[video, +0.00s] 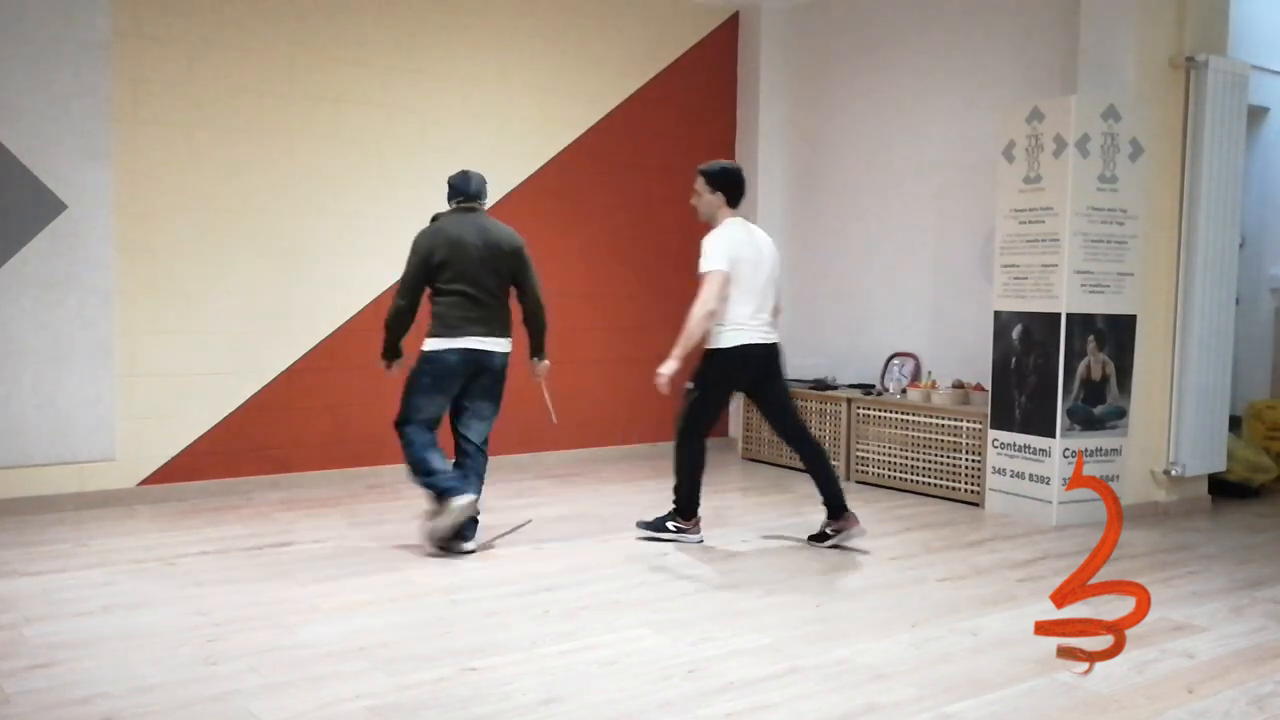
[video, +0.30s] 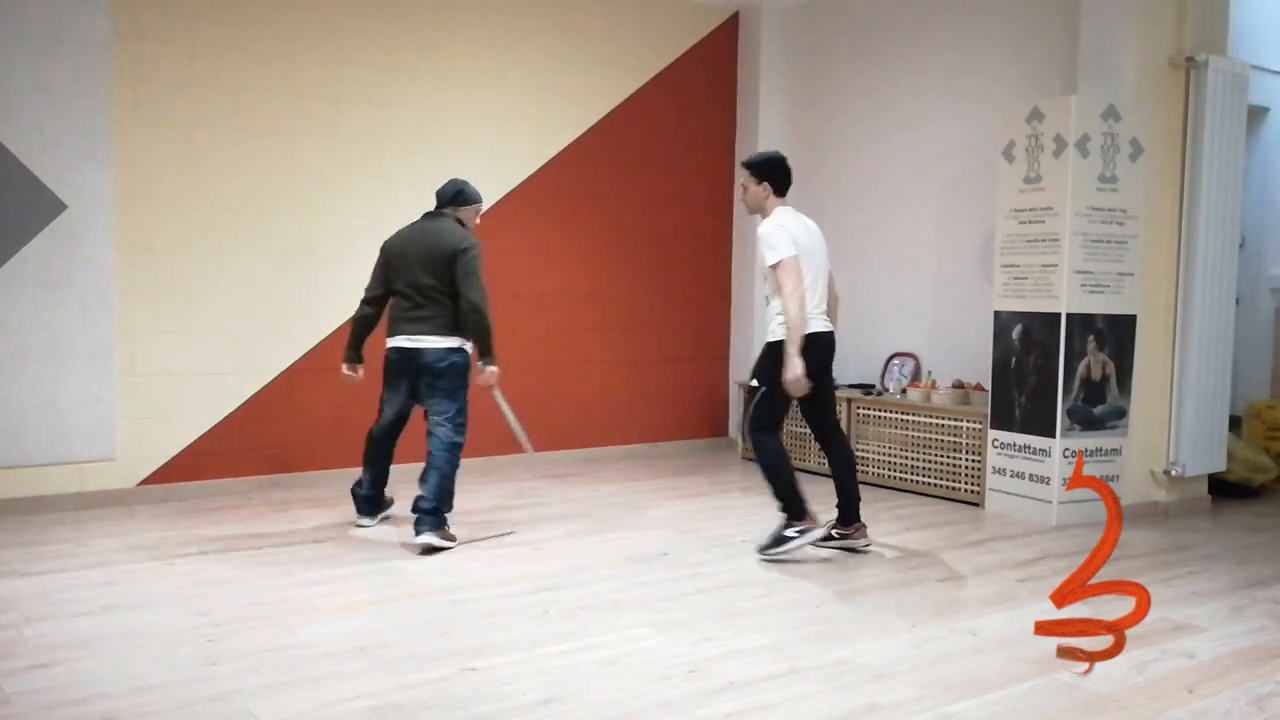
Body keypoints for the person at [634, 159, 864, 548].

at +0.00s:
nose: (693, 201)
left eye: (698, 193)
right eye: (694, 193)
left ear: (719, 196)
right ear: (730, 197)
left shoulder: (718, 238)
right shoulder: (764, 241)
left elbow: (709, 304)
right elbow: (773, 309)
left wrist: (674, 359)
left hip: (727, 354)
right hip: (765, 354)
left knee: (691, 431)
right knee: (794, 431)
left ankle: (684, 517)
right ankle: (840, 514)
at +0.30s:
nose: (740, 194)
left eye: (744, 185)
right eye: (740, 185)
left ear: (766, 187)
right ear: (775, 188)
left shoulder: (772, 227)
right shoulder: (807, 225)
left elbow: (792, 289)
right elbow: (832, 294)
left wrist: (793, 354)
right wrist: (824, 346)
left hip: (788, 342)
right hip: (819, 342)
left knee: (762, 429)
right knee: (829, 432)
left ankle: (798, 519)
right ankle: (850, 524)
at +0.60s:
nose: (751, 196)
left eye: (756, 188)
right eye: (752, 188)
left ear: (777, 190)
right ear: (788, 190)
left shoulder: (791, 236)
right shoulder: (819, 229)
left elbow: (806, 308)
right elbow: (843, 299)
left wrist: (792, 373)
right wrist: (834, 348)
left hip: (811, 353)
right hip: (831, 350)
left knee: (801, 450)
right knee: (828, 441)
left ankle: (811, 553)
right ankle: (852, 527)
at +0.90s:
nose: (735, 185)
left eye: (737, 176)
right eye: (736, 177)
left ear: (753, 177)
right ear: (774, 176)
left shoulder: (773, 224)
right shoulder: (806, 220)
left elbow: (754, 304)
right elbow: (827, 296)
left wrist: (710, 360)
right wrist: (825, 356)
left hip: (788, 354)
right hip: (808, 348)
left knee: (794, 449)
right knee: (768, 438)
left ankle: (812, 555)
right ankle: (802, 530)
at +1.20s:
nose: (691, 192)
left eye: (692, 182)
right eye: (691, 183)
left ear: (706, 180)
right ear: (733, 180)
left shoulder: (722, 230)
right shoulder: (765, 228)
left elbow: (708, 311)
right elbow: (789, 302)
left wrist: (680, 371)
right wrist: (787, 366)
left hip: (737, 366)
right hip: (765, 361)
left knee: (707, 462)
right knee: (774, 461)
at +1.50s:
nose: (642, 181)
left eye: (642, 173)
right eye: (641, 173)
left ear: (652, 172)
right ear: (685, 173)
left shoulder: (669, 214)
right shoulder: (709, 218)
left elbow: (664, 293)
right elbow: (718, 302)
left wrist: (644, 365)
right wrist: (708, 349)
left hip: (679, 351)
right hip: (704, 349)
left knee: (646, 450)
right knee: (670, 451)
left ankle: (722, 532)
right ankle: (663, 556)